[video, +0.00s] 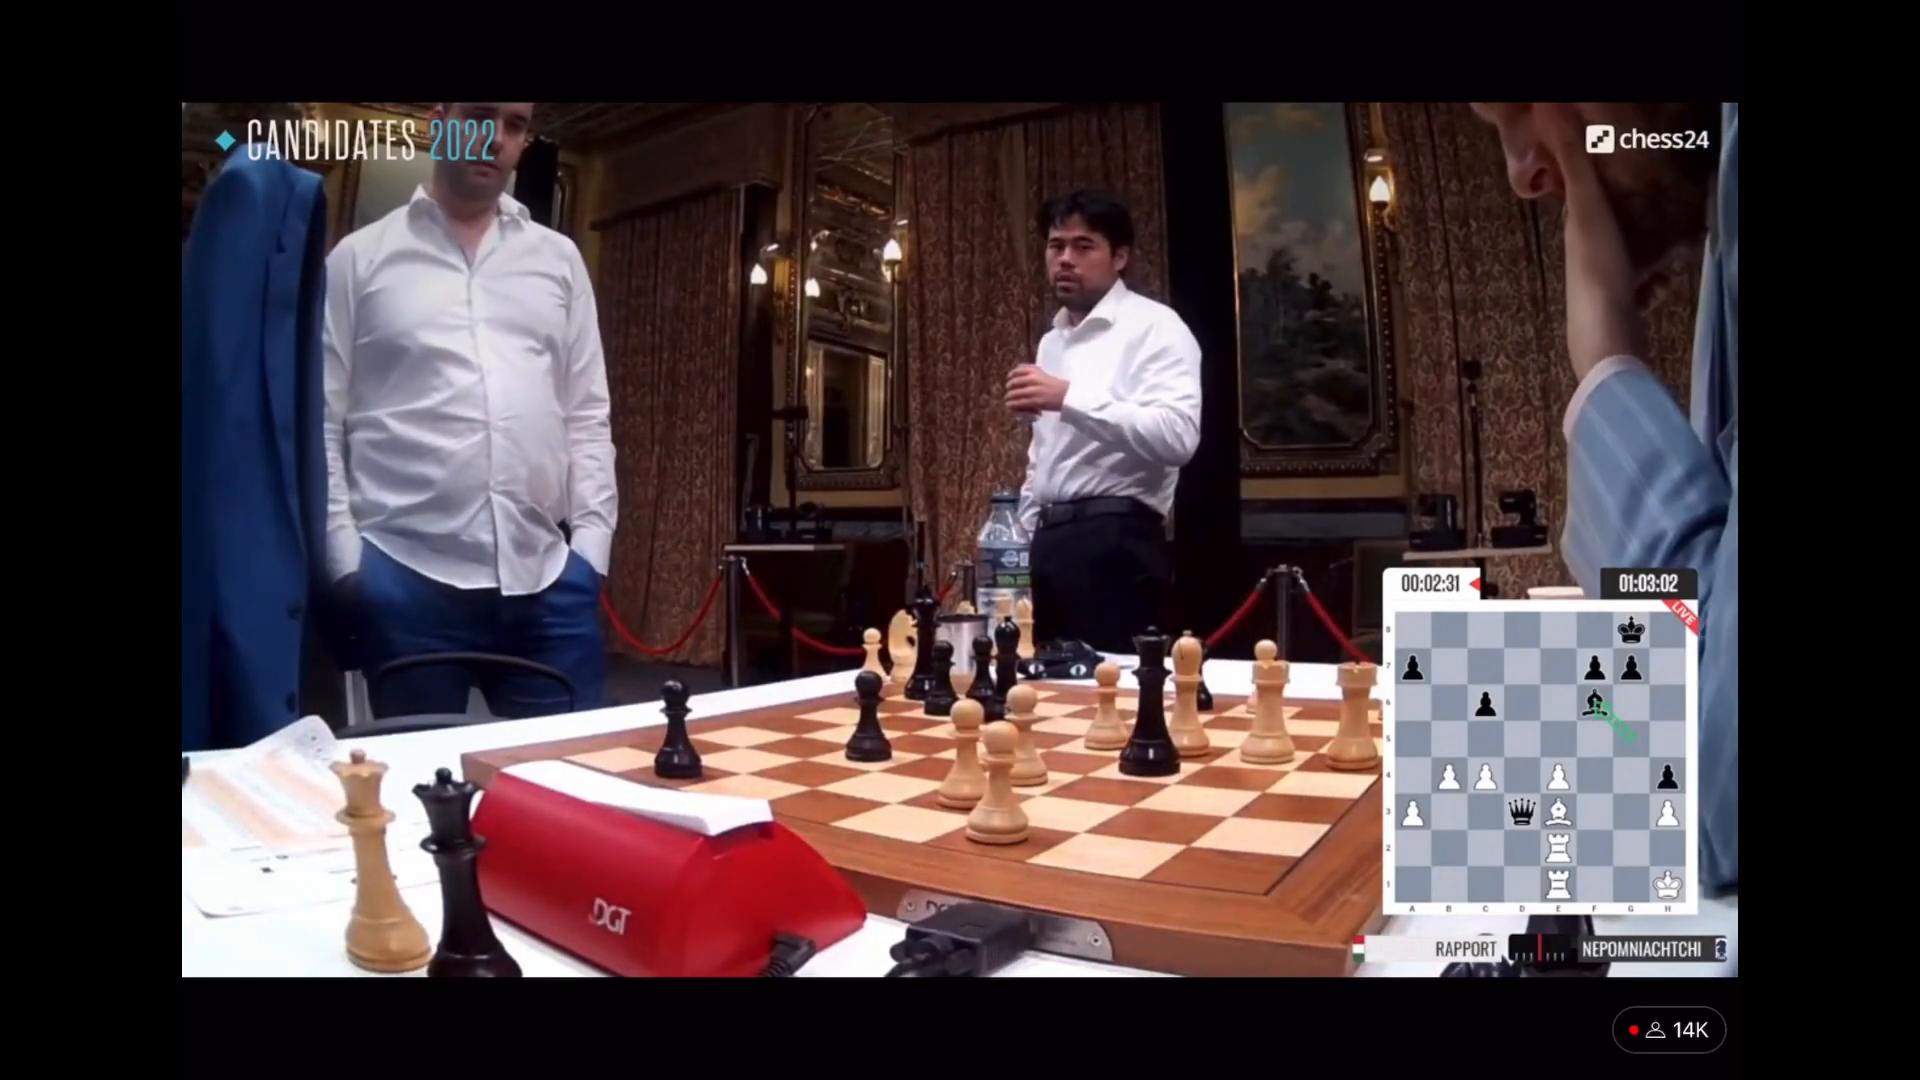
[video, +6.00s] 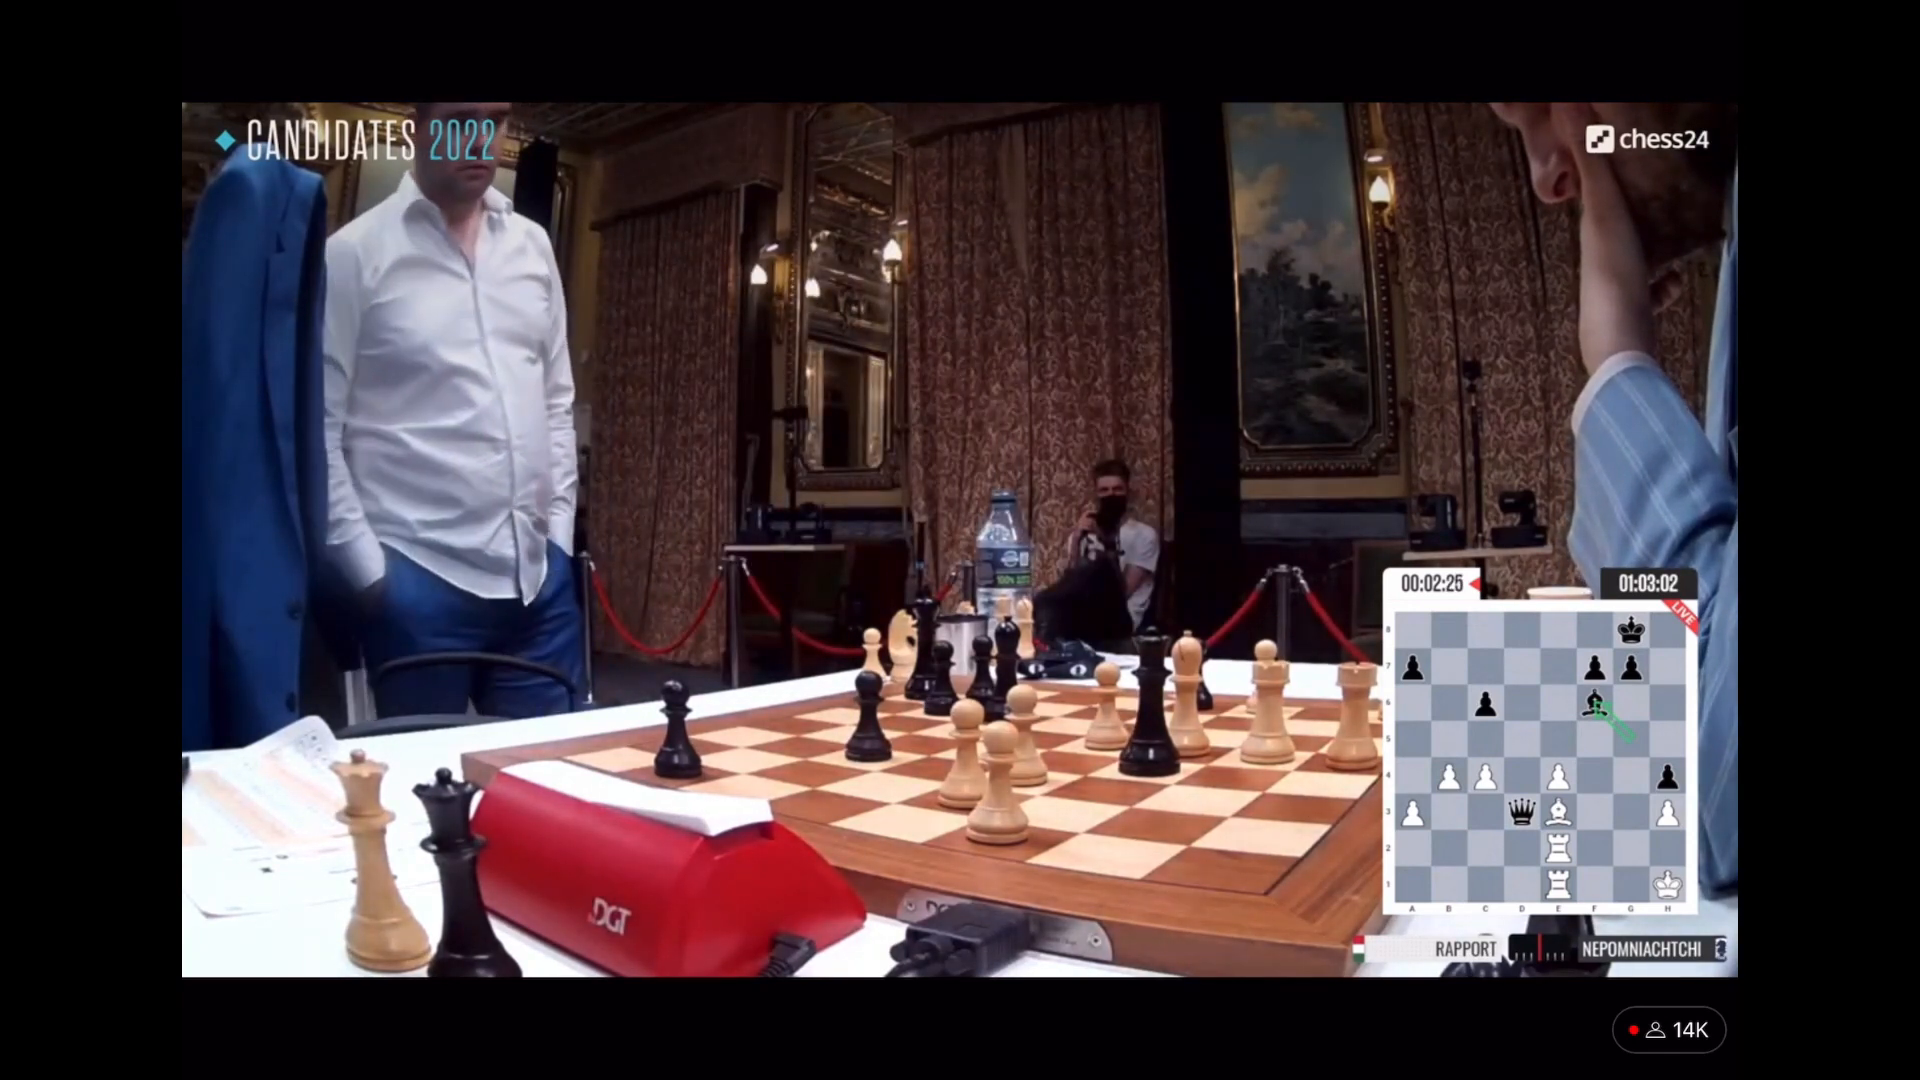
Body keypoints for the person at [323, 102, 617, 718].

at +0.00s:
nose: (494, 141)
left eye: (514, 127)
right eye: (479, 117)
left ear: (528, 142)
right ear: (438, 119)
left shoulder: (559, 259)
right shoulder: (359, 260)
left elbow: (588, 415)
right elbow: (323, 421)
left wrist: (589, 550)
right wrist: (347, 565)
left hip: (549, 582)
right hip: (406, 585)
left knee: (574, 788)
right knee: (419, 791)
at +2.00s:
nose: (490, 144)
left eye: (513, 130)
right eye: (477, 120)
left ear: (528, 144)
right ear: (440, 119)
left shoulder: (565, 258)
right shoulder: (361, 262)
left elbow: (593, 417)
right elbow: (324, 420)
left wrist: (590, 552)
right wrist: (342, 561)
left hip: (548, 584)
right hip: (402, 585)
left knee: (571, 790)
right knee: (415, 793)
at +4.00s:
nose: (489, 144)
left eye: (513, 131)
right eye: (477, 120)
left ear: (529, 146)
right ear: (442, 121)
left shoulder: (564, 260)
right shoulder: (362, 263)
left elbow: (593, 415)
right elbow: (325, 419)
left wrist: (589, 552)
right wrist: (341, 561)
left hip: (546, 584)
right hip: (401, 585)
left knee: (568, 788)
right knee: (415, 790)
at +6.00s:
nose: (480, 145)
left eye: (495, 124)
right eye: (460, 123)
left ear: (508, 128)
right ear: (417, 127)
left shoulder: (532, 245)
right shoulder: (354, 254)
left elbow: (558, 404)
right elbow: (317, 430)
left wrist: (559, 541)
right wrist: (371, 574)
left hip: (540, 577)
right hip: (418, 585)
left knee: (555, 787)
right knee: (432, 793)